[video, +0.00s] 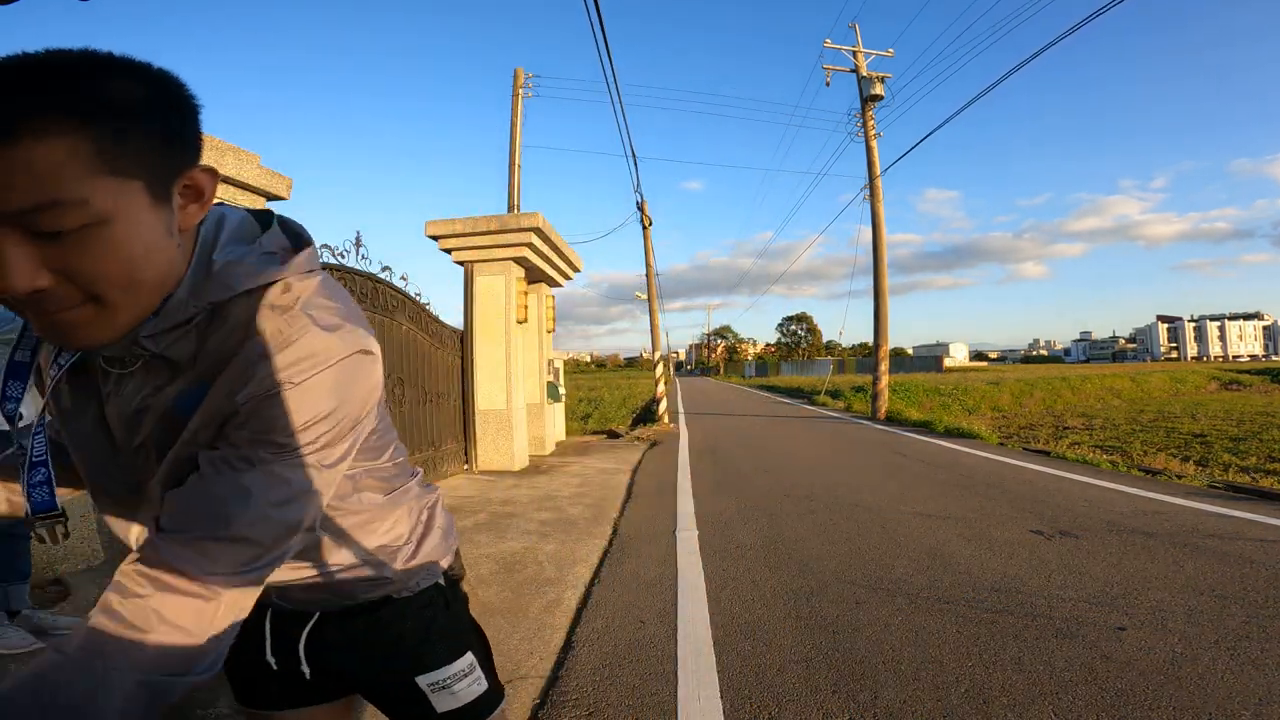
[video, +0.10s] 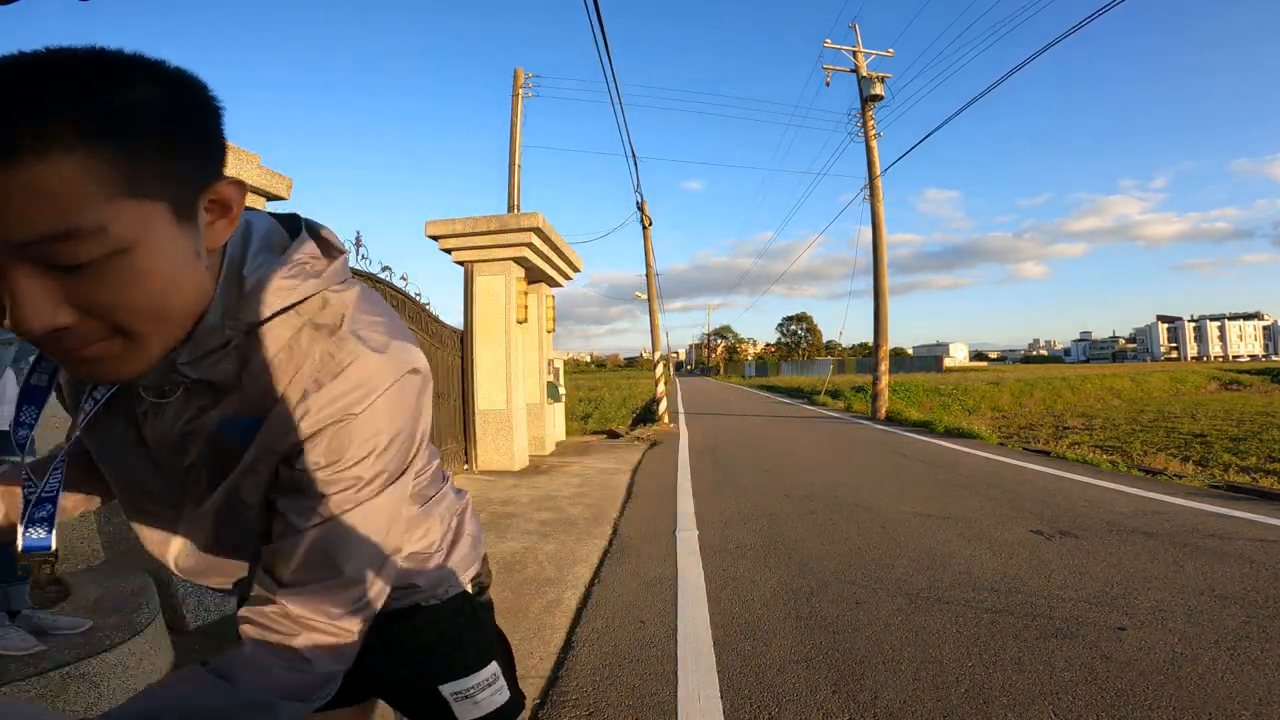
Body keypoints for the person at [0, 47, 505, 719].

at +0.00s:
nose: (16, 280)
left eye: (53, 230)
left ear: (189, 202)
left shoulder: (300, 339)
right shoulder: (76, 340)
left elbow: (166, 617)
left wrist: (13, 703)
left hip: (393, 595)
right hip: (262, 604)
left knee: (462, 709)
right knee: (288, 708)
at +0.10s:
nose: (27, 317)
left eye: (72, 262)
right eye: (5, 269)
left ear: (215, 219)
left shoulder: (345, 361)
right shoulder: (106, 326)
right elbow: (116, 444)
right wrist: (34, 497)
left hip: (416, 585)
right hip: (278, 587)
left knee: (482, 709)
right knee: (325, 708)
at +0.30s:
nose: (111, 402)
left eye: (160, 344)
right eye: (63, 349)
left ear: (336, 260)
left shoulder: (504, 387)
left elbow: (529, 620)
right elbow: (190, 516)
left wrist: (334, 716)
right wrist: (49, 594)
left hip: (488, 637)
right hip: (346, 635)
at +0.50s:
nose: (250, 420)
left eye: (307, 354)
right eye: (189, 361)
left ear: (471, 254)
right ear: (141, 312)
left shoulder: (616, 377)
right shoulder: (228, 385)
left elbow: (639, 590)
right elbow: (252, 559)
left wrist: (532, 700)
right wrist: (172, 650)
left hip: (550, 636)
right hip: (395, 642)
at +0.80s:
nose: (298, 476)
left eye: (370, 386)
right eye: (216, 401)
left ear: (542, 277)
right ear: (149, 344)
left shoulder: (676, 412)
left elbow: (681, 624)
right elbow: (275, 596)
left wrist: (623, 711)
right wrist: (254, 704)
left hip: (594, 656)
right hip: (428, 662)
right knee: (437, 694)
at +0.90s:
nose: (281, 514)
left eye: (353, 417)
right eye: (170, 439)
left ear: (531, 285)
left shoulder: (673, 424)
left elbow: (680, 636)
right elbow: (252, 617)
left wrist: (639, 706)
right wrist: (244, 708)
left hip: (584, 651)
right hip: (422, 651)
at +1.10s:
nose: (148, 591)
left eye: (202, 496)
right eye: (56, 535)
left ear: (408, 320)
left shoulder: (618, 434)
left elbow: (679, 650)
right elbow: (180, 648)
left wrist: (637, 712)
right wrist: (171, 716)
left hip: (573, 643)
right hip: (419, 649)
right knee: (439, 704)